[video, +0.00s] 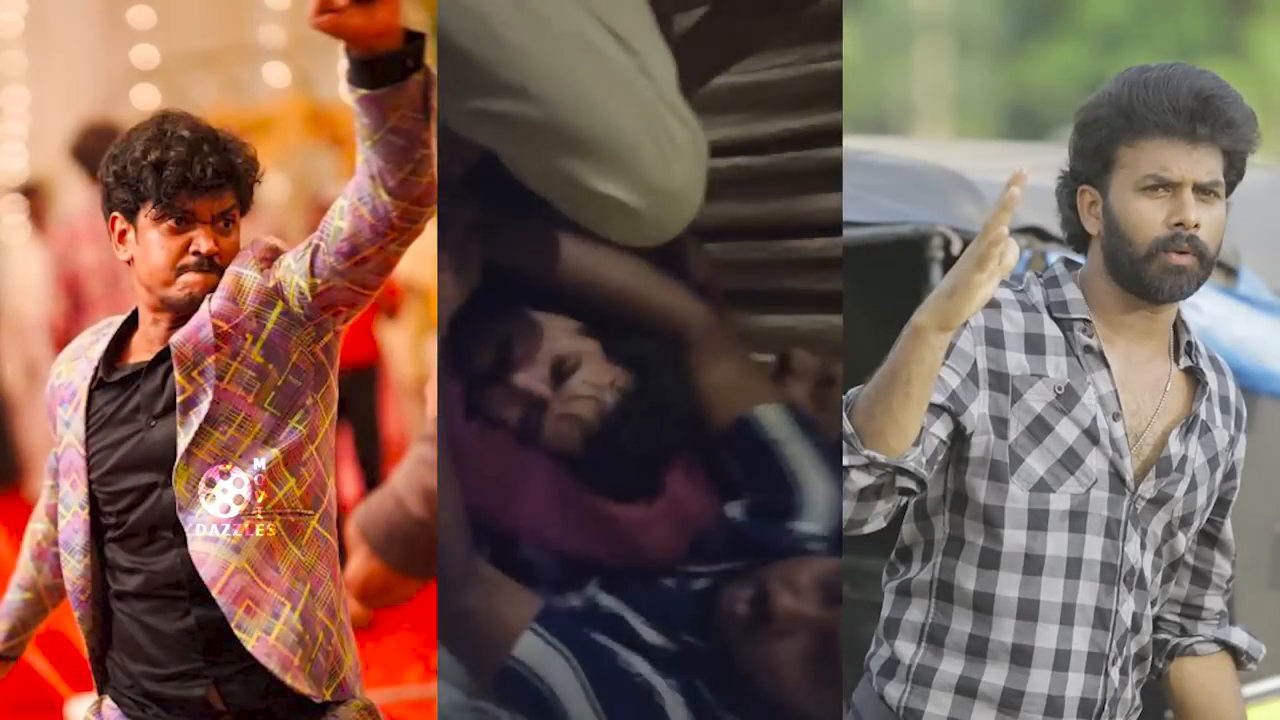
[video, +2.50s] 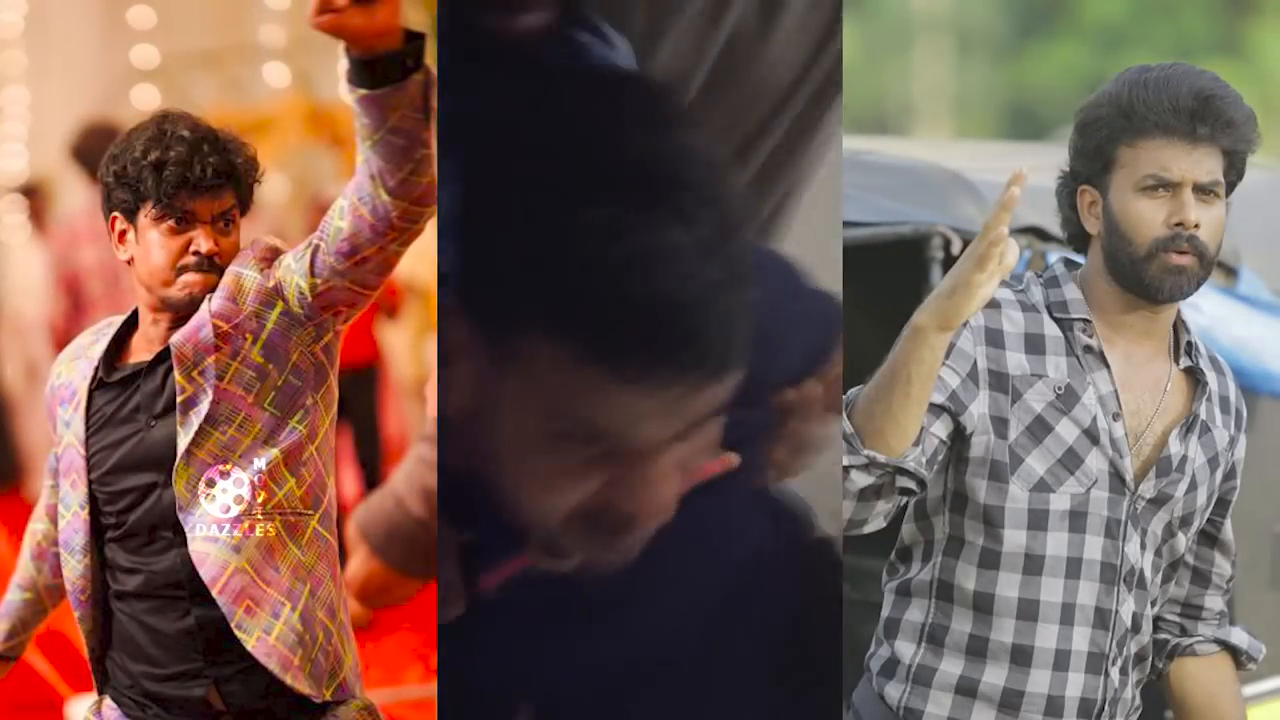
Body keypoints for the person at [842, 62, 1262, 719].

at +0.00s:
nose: (1187, 217)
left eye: (1207, 194)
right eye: (1157, 190)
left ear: (1227, 209)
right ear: (1092, 208)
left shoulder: (1219, 397)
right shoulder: (985, 328)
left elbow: (1193, 615)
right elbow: (857, 504)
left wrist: (1224, 711)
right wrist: (932, 325)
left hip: (1105, 709)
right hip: (936, 701)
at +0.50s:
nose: (1187, 217)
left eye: (1207, 194)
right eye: (1157, 190)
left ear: (1227, 208)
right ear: (1092, 208)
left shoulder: (1219, 397)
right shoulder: (984, 329)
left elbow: (1193, 617)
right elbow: (854, 506)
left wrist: (1226, 711)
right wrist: (932, 326)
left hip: (1106, 709)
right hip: (936, 702)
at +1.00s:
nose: (1187, 217)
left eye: (1207, 194)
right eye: (1157, 190)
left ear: (1227, 208)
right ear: (1092, 208)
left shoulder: (1219, 398)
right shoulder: (984, 329)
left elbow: (1193, 618)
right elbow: (851, 507)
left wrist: (1226, 711)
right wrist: (932, 327)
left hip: (1106, 709)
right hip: (937, 702)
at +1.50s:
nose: (1187, 217)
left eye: (1207, 194)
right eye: (1157, 190)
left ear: (1227, 208)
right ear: (1092, 208)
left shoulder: (1219, 398)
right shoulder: (984, 329)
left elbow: (1193, 615)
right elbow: (851, 508)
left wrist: (1225, 711)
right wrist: (931, 328)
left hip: (1105, 709)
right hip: (934, 702)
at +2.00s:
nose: (1187, 217)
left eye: (1207, 194)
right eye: (1157, 190)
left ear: (1227, 208)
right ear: (1092, 207)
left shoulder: (1219, 398)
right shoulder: (984, 329)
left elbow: (1193, 617)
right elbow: (850, 508)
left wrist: (1225, 711)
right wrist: (931, 327)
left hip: (1105, 709)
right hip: (935, 702)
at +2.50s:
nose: (1187, 217)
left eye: (1207, 194)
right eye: (1157, 190)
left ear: (1227, 208)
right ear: (1092, 207)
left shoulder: (1219, 398)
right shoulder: (984, 329)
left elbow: (1193, 617)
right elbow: (851, 507)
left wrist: (1225, 711)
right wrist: (931, 327)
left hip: (1105, 709)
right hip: (934, 702)